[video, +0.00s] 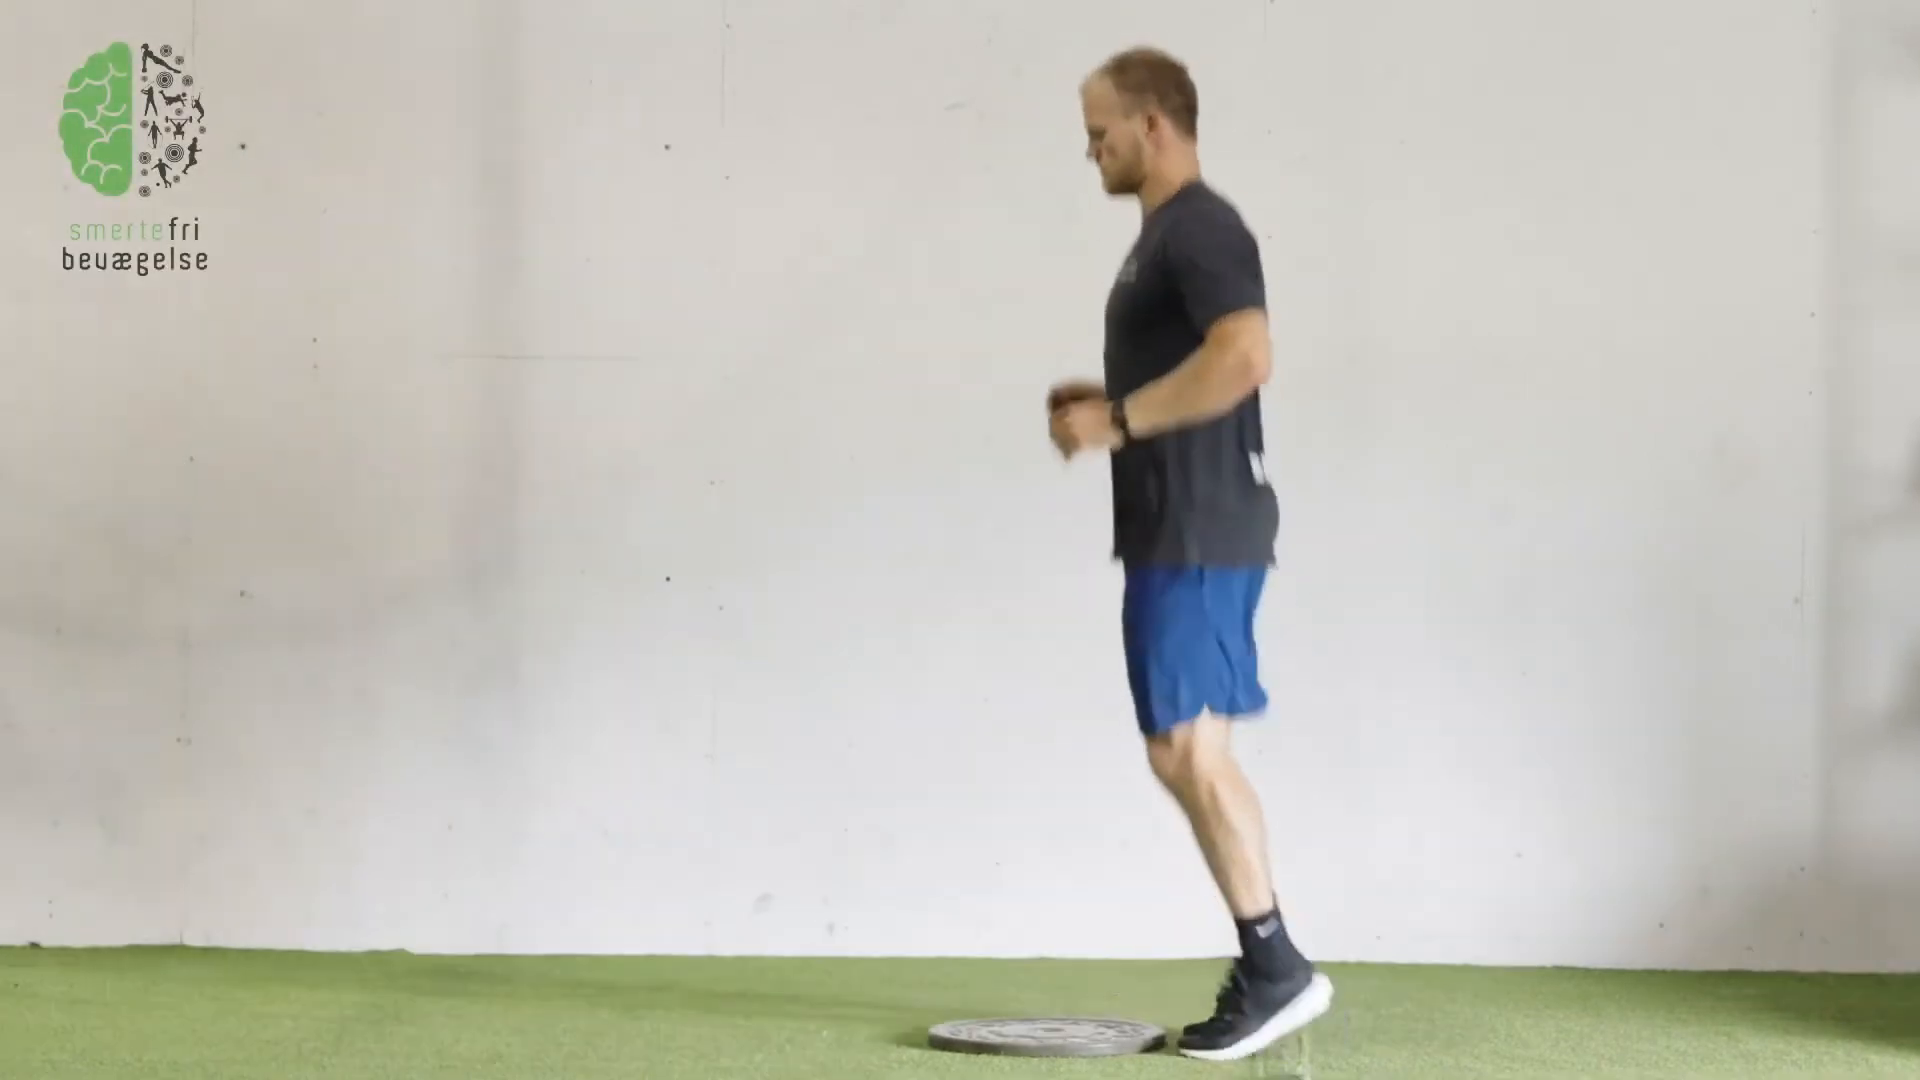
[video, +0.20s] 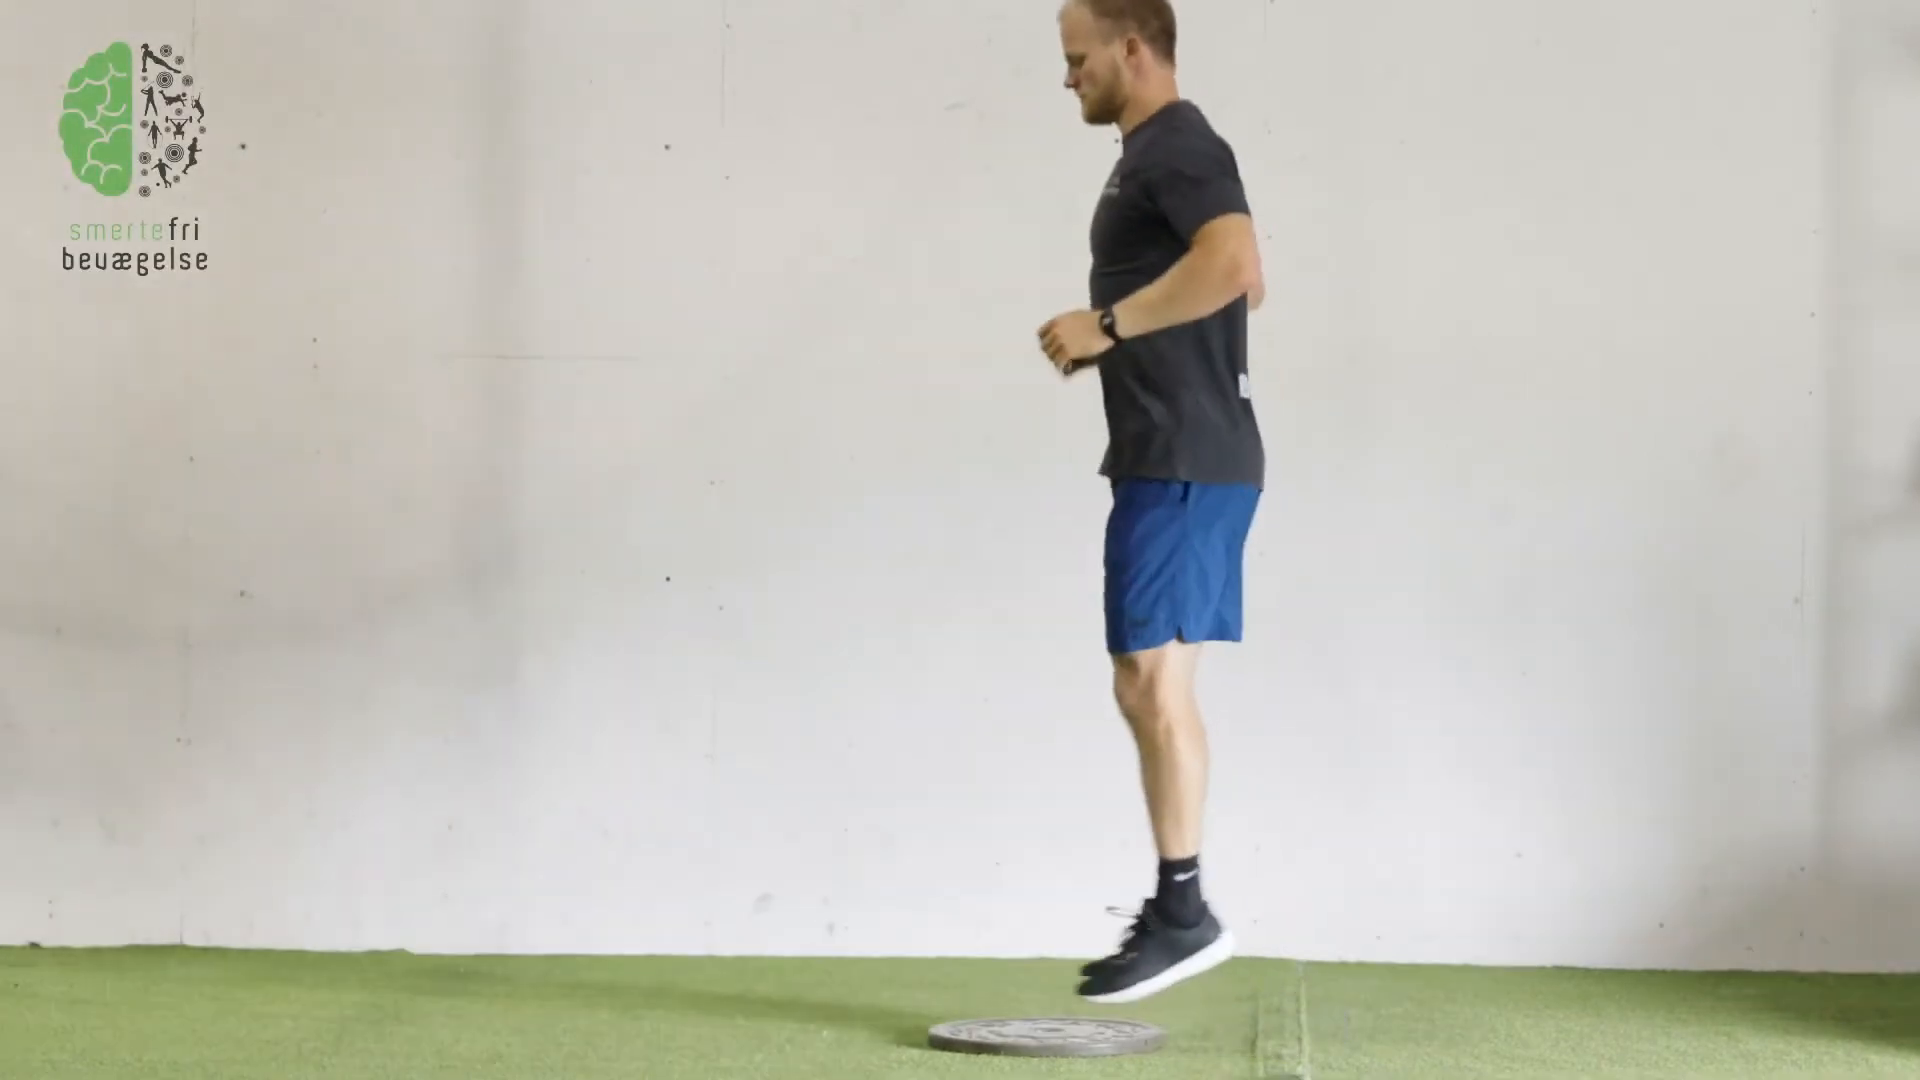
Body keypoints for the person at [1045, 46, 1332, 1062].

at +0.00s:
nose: (1091, 153)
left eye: (1099, 134)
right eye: (1090, 136)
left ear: (1153, 126)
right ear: (1150, 129)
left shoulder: (1200, 225)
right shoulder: (1169, 233)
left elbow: (1243, 358)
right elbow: (1198, 374)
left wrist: (1119, 421)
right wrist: (1106, 401)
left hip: (1197, 537)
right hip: (1176, 534)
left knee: (1187, 748)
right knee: (1186, 747)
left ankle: (1274, 969)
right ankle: (1268, 967)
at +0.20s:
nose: (1068, 78)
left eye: (1077, 57)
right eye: (1066, 60)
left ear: (1136, 49)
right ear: (1138, 53)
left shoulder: (1175, 141)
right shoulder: (1170, 144)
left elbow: (1233, 264)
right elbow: (1244, 284)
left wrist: (1105, 322)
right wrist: (1116, 333)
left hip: (1181, 464)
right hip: (1179, 461)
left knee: (1152, 686)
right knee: (1152, 687)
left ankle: (1180, 910)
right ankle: (1177, 907)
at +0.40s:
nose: (1066, 171)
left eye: (1075, 152)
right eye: (1065, 154)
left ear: (1130, 147)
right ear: (1133, 150)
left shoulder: (1169, 251)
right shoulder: (1147, 253)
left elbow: (1195, 394)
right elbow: (1190, 416)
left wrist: (1068, 459)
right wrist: (1107, 496)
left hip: (1166, 561)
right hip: (1156, 558)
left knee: (1089, 765)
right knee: (1098, 767)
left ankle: (1163, 978)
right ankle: (1163, 974)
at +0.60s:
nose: (1070, 89)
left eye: (1079, 69)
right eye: (1069, 72)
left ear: (1135, 60)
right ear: (1136, 64)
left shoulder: (1173, 151)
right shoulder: (1186, 152)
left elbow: (1243, 260)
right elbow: (1265, 276)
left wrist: (1142, 353)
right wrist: (1206, 381)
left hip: (1186, 470)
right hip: (1199, 464)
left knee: (1160, 691)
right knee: (1168, 691)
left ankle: (1202, 916)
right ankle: (1200, 912)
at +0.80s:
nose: (1087, 166)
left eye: (1098, 148)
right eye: (1087, 150)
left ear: (1155, 144)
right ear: (1153, 148)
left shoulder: (1201, 247)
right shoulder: (1170, 254)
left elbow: (1261, 377)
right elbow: (1243, 390)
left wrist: (1150, 472)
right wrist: (1154, 486)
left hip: (1222, 561)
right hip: (1206, 559)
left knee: (1192, 781)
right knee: (1194, 781)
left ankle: (1301, 987)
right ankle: (1293, 983)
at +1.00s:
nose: (1100, 103)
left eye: (1110, 83)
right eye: (1098, 85)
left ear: (1168, 76)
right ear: (1160, 79)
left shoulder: (1213, 168)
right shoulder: (1190, 172)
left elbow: (1266, 290)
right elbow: (1250, 296)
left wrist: (1141, 350)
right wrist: (1147, 358)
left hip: (1206, 486)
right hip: (1186, 486)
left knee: (1196, 704)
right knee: (1190, 705)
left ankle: (1254, 927)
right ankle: (1248, 925)